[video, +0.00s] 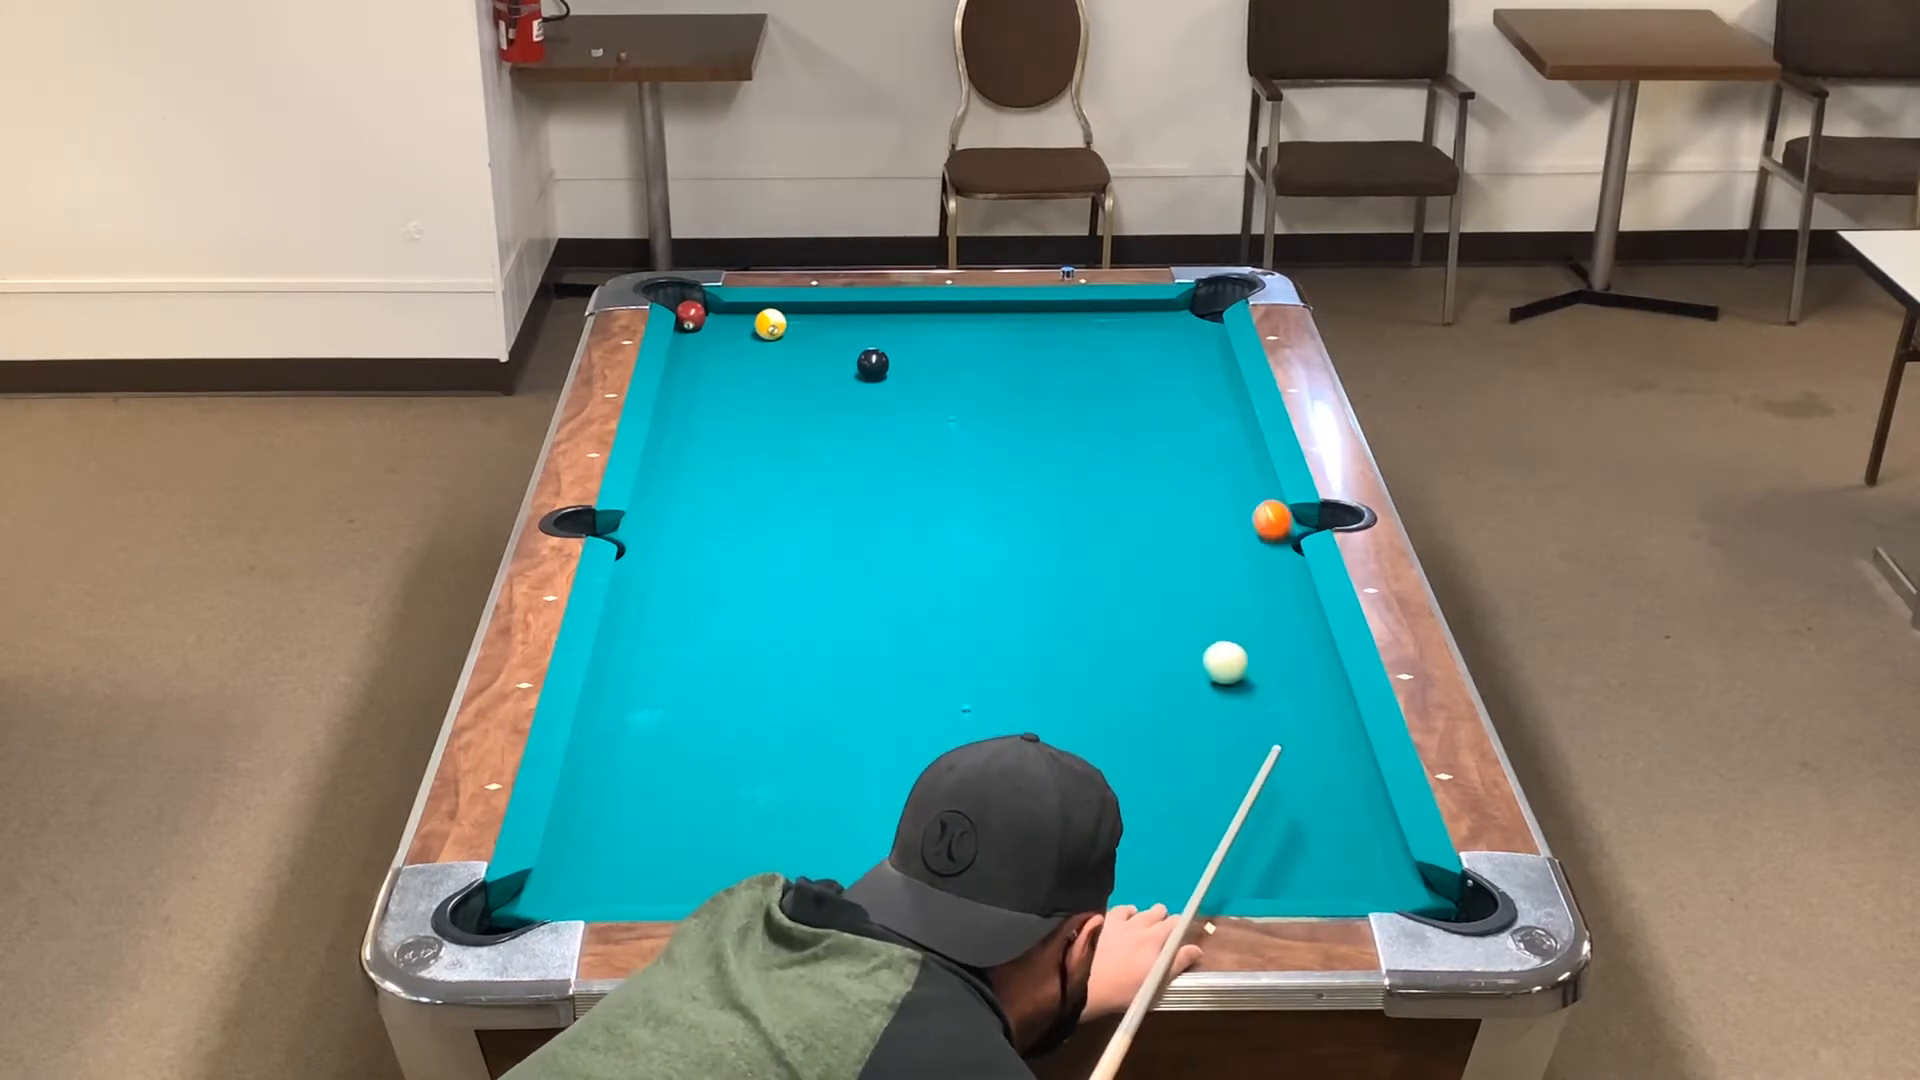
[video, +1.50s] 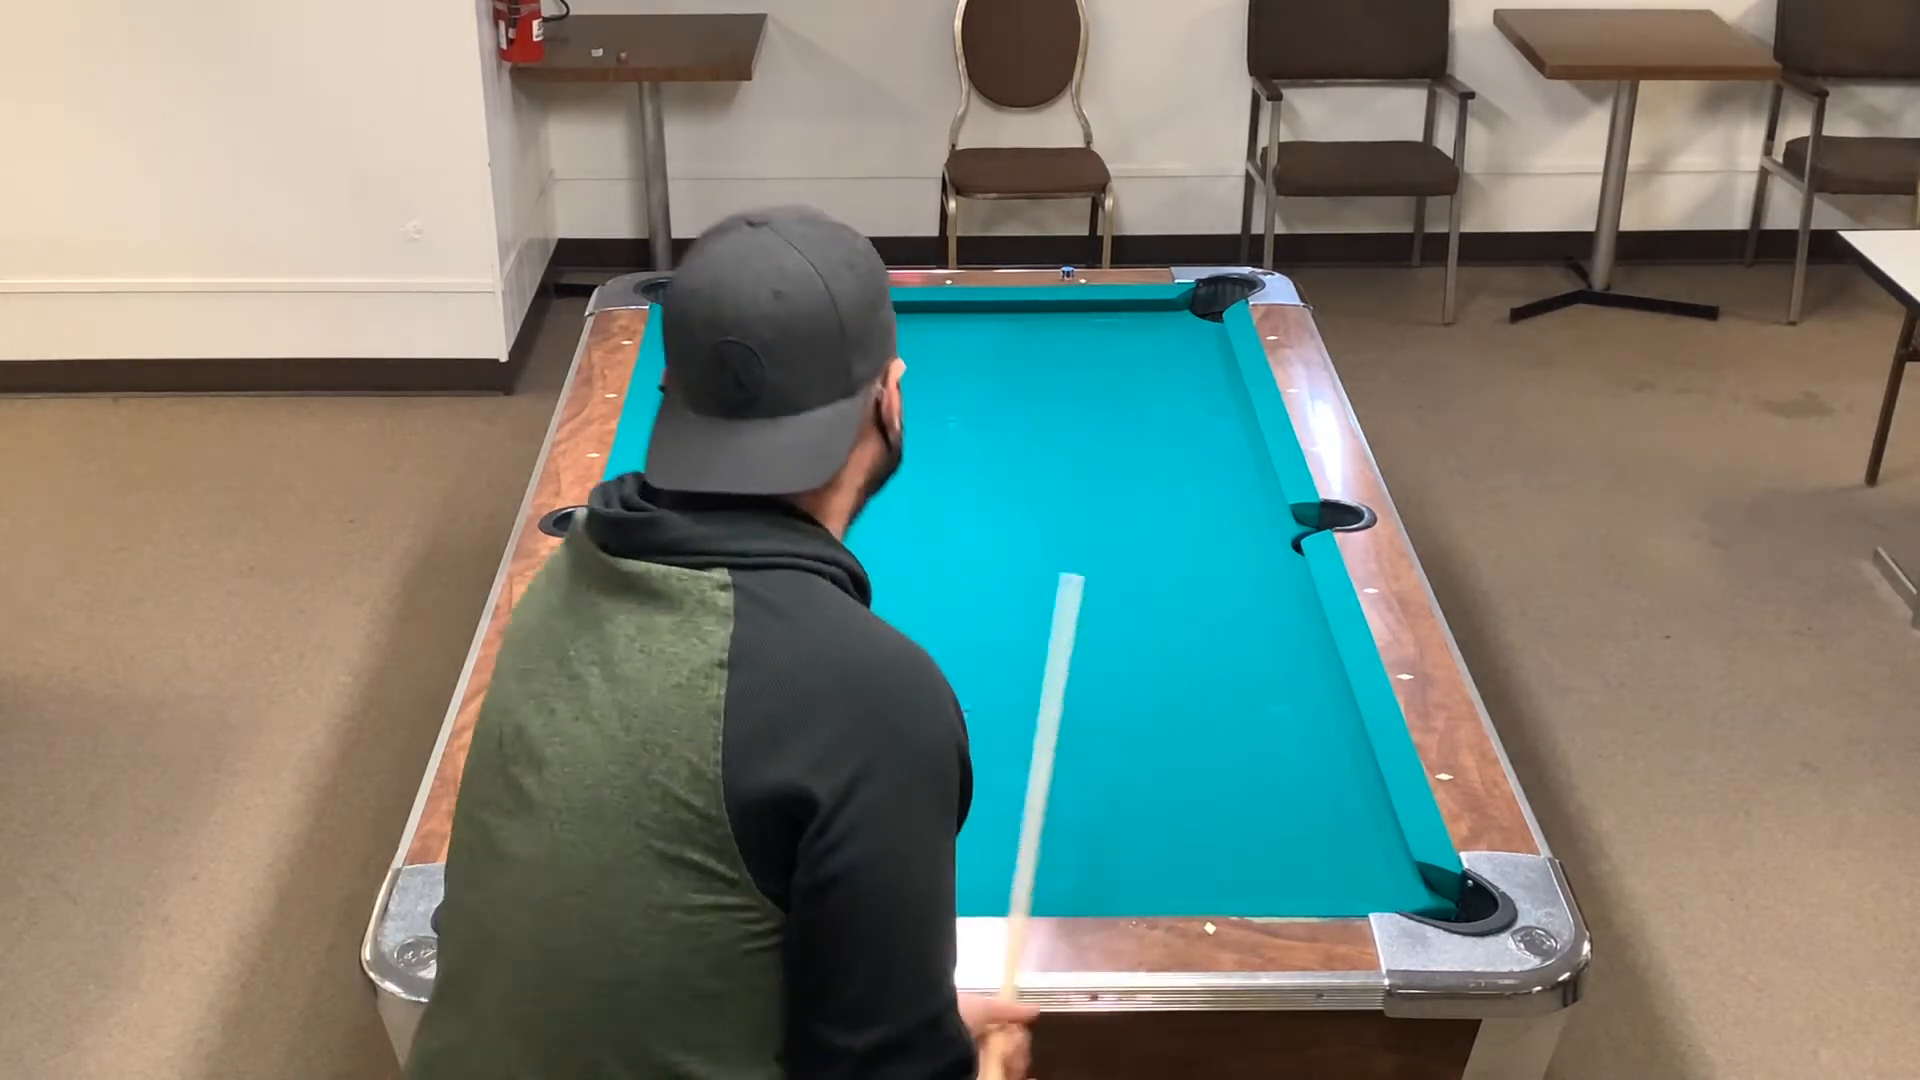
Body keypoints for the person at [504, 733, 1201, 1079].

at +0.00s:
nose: (1092, 935)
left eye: (1095, 925)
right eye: (1092, 921)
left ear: (903, 850)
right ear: (1073, 940)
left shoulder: (749, 905)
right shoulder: (958, 1050)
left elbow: (904, 993)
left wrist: (1066, 990)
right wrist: (1093, 1001)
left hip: (548, 1063)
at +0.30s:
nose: (1083, 936)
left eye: (1089, 921)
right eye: (1085, 921)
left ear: (896, 840)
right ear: (1064, 937)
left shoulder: (750, 902)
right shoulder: (955, 1047)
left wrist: (1062, 1002)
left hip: (547, 1060)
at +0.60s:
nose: (1075, 904)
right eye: (1076, 885)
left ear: (888, 811)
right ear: (1060, 895)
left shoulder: (756, 885)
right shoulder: (956, 1039)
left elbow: (855, 1025)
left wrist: (1060, 998)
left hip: (534, 1053)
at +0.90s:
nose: (1056, 751)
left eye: (1053, 729)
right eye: (1057, 733)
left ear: (854, 688)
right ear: (1040, 759)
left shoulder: (750, 793)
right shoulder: (967, 971)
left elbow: (821, 947)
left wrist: (1057, 972)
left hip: (465, 1044)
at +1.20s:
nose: (991, 552)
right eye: (991, 531)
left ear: (779, 519)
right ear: (974, 557)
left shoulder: (675, 670)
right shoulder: (926, 807)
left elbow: (773, 886)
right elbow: (885, 1068)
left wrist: (1026, 954)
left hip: (417, 1053)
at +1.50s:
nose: (900, 388)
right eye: (896, 373)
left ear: (677, 387)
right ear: (884, 403)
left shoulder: (566, 579)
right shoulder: (869, 696)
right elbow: (885, 1056)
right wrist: (978, 1055)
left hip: (457, 1050)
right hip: (704, 1064)